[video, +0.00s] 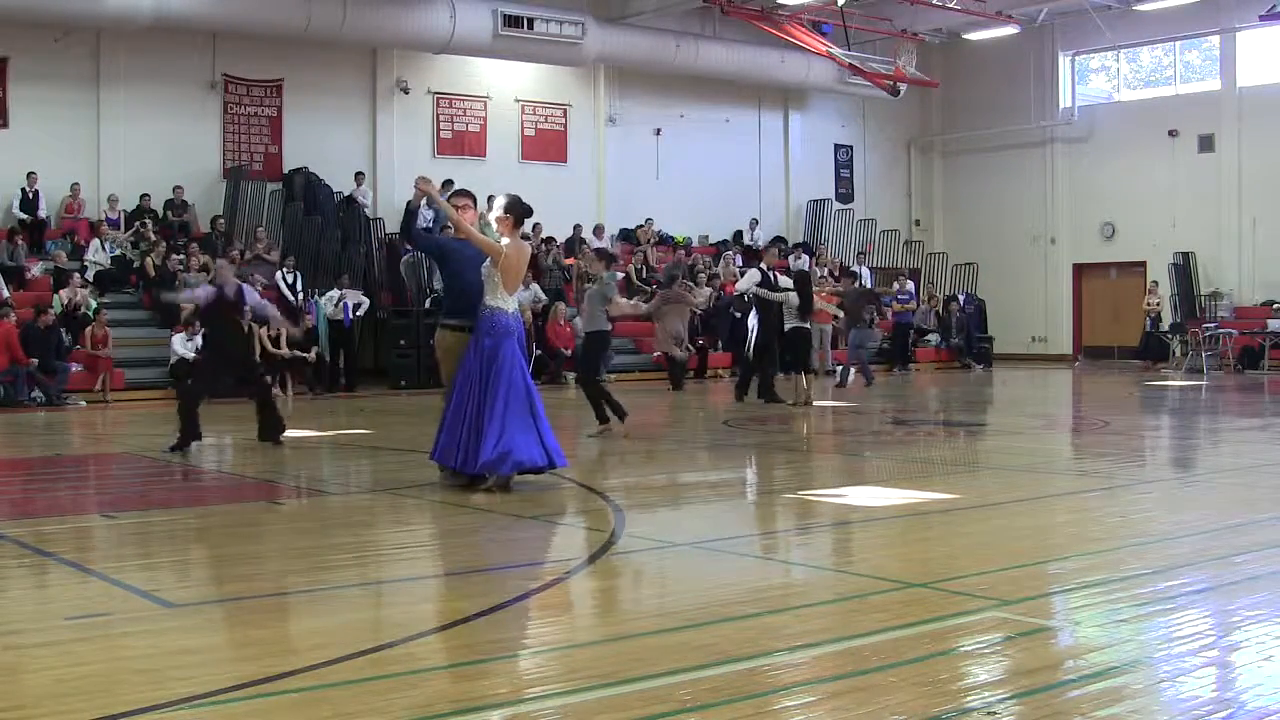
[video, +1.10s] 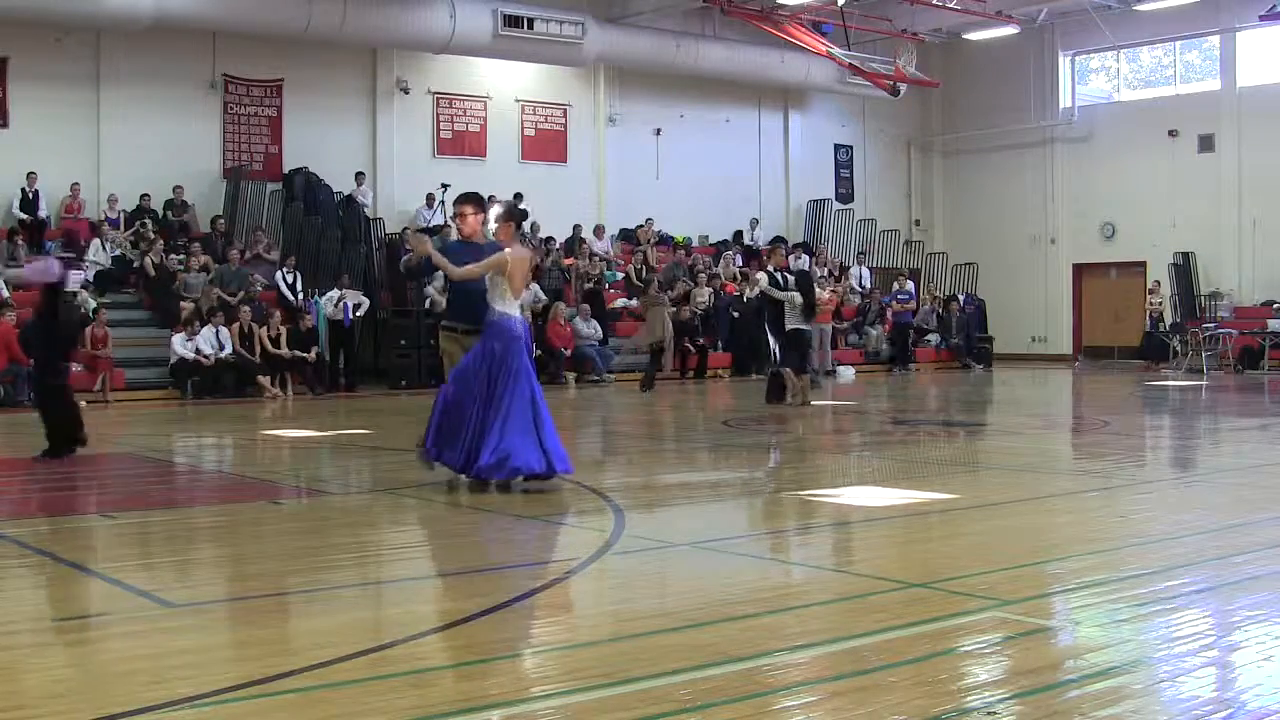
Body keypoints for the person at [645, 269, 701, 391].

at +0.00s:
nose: (682, 284)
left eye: (681, 282)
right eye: (680, 282)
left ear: (666, 280)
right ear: (678, 281)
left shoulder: (661, 295)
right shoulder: (685, 296)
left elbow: (650, 309)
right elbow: (696, 304)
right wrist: (693, 290)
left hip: (665, 326)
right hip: (681, 326)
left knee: (669, 355)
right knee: (681, 353)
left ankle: (675, 382)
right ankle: (679, 381)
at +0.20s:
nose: (674, 283)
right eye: (673, 281)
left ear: (659, 282)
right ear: (670, 281)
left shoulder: (657, 296)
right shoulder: (679, 294)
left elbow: (653, 314)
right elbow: (695, 302)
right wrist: (706, 296)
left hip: (661, 329)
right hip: (676, 328)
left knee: (660, 353)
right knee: (679, 355)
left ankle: (664, 378)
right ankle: (678, 383)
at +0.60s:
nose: (659, 280)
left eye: (658, 279)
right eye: (658, 279)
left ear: (647, 282)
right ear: (657, 281)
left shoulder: (643, 296)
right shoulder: (666, 294)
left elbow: (637, 315)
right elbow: (681, 303)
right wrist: (696, 298)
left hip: (648, 331)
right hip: (664, 330)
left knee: (649, 358)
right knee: (672, 353)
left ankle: (650, 384)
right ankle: (674, 381)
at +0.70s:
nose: (659, 281)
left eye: (658, 279)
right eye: (658, 279)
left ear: (646, 281)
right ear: (655, 281)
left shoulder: (641, 297)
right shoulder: (665, 294)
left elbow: (632, 316)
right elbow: (679, 302)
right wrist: (691, 301)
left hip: (647, 331)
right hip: (663, 331)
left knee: (647, 357)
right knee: (662, 354)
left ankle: (649, 383)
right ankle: (661, 379)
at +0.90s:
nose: (657, 284)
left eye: (656, 282)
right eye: (656, 282)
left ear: (646, 283)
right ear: (655, 282)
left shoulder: (641, 298)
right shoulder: (663, 297)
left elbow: (633, 314)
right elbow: (673, 307)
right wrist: (685, 307)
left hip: (645, 330)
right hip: (660, 330)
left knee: (648, 359)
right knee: (656, 359)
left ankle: (650, 386)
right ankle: (646, 383)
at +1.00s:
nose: (657, 286)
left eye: (656, 283)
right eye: (656, 284)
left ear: (645, 285)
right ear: (653, 285)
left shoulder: (642, 300)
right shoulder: (662, 298)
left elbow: (641, 315)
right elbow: (670, 313)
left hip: (649, 327)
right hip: (662, 327)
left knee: (652, 356)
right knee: (656, 356)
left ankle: (649, 382)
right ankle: (645, 383)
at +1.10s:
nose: (657, 285)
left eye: (656, 283)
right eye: (655, 283)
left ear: (646, 285)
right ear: (652, 284)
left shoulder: (644, 300)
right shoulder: (663, 298)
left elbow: (643, 314)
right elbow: (668, 310)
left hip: (651, 327)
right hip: (663, 326)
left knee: (653, 356)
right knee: (657, 357)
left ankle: (648, 382)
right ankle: (647, 382)